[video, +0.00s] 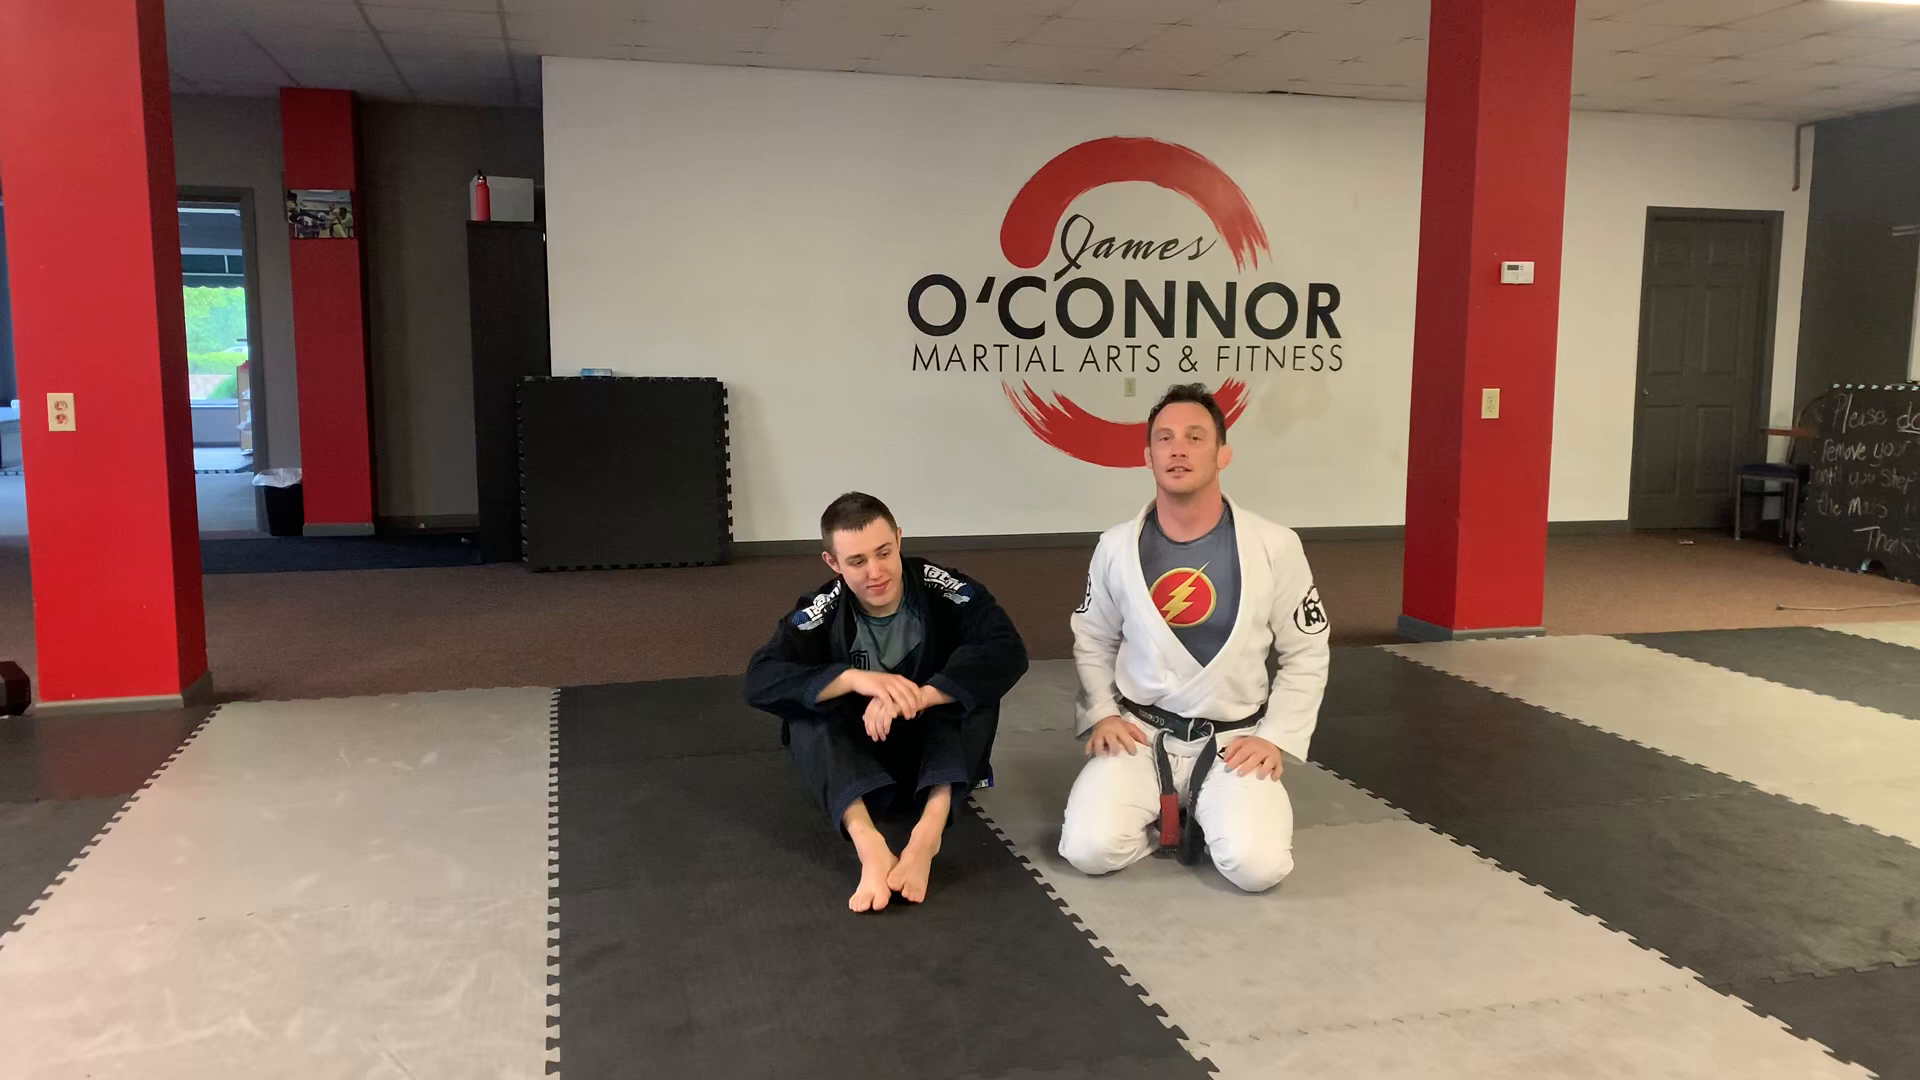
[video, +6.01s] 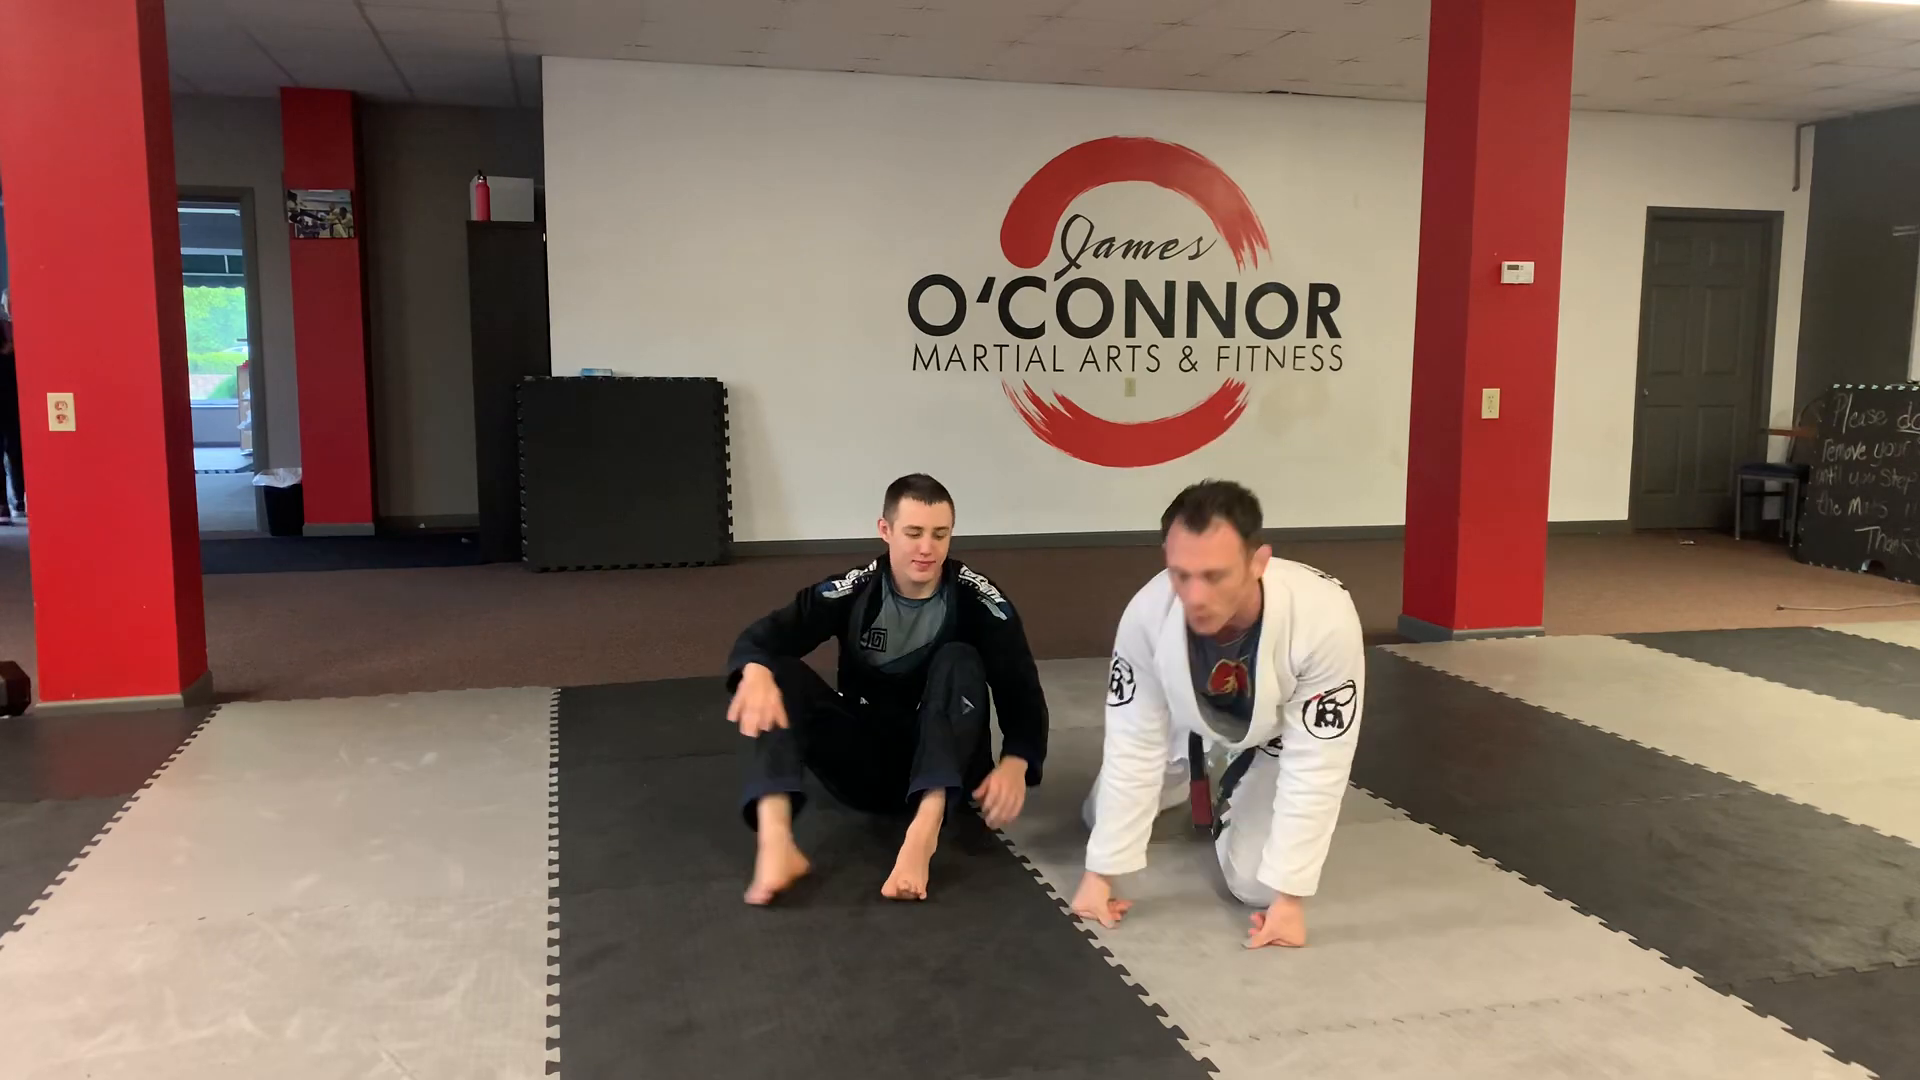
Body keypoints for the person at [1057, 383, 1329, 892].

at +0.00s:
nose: (1178, 449)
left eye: (1194, 436)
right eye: (1165, 438)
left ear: (1223, 456)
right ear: (1147, 458)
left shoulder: (1274, 547)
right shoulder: (1116, 548)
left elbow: (1307, 650)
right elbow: (1093, 634)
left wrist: (1274, 736)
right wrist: (1100, 711)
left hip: (1237, 737)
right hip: (1139, 729)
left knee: (1259, 868)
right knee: (1088, 850)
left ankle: (1212, 810)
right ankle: (1170, 817)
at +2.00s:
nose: (1135, 468)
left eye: (1149, 453)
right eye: (1136, 454)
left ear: (1197, 459)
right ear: (1189, 460)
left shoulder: (1274, 548)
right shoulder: (1129, 543)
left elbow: (1321, 651)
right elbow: (1067, 590)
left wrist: (1283, 723)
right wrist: (992, 530)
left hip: (1226, 744)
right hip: (1130, 730)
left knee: (1259, 871)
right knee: (1052, 842)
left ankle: (1203, 805)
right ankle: (1155, 803)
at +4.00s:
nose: (1127, 467)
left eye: (1144, 450)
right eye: (1115, 453)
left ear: (1176, 460)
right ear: (1102, 464)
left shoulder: (1239, 548)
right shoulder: (1089, 552)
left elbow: (1278, 661)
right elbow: (1050, 616)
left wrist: (1230, 749)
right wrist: (979, 568)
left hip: (1207, 739)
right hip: (1114, 732)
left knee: (1245, 871)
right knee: (1044, 841)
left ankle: (1186, 804)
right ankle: (1152, 810)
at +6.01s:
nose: (1194, 597)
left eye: (1214, 576)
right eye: (1181, 576)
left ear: (1258, 565)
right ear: (1167, 564)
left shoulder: (1323, 619)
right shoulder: (1148, 616)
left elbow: (1318, 763)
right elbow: (1132, 746)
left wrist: (1290, 897)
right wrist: (1098, 873)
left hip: (1277, 742)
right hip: (1188, 729)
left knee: (1253, 884)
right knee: (1103, 815)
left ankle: (1243, 791)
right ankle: (1201, 760)